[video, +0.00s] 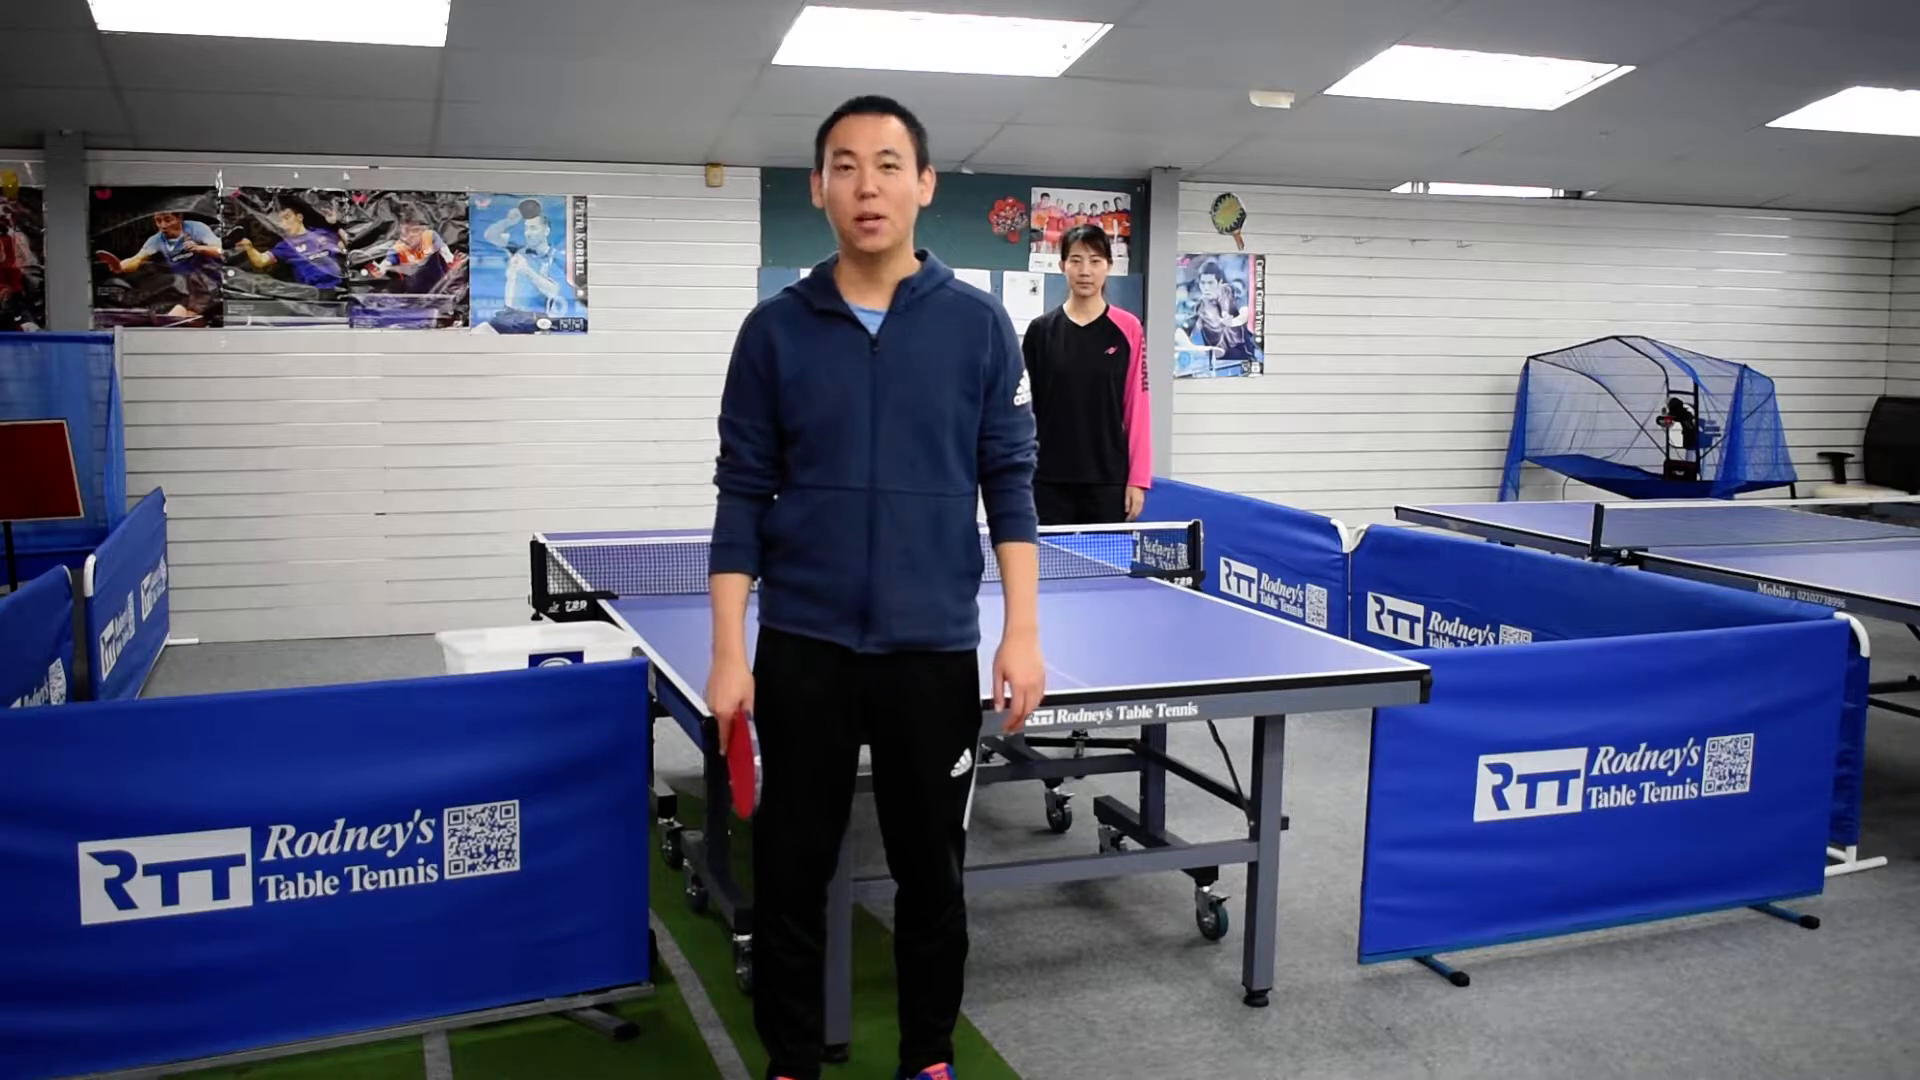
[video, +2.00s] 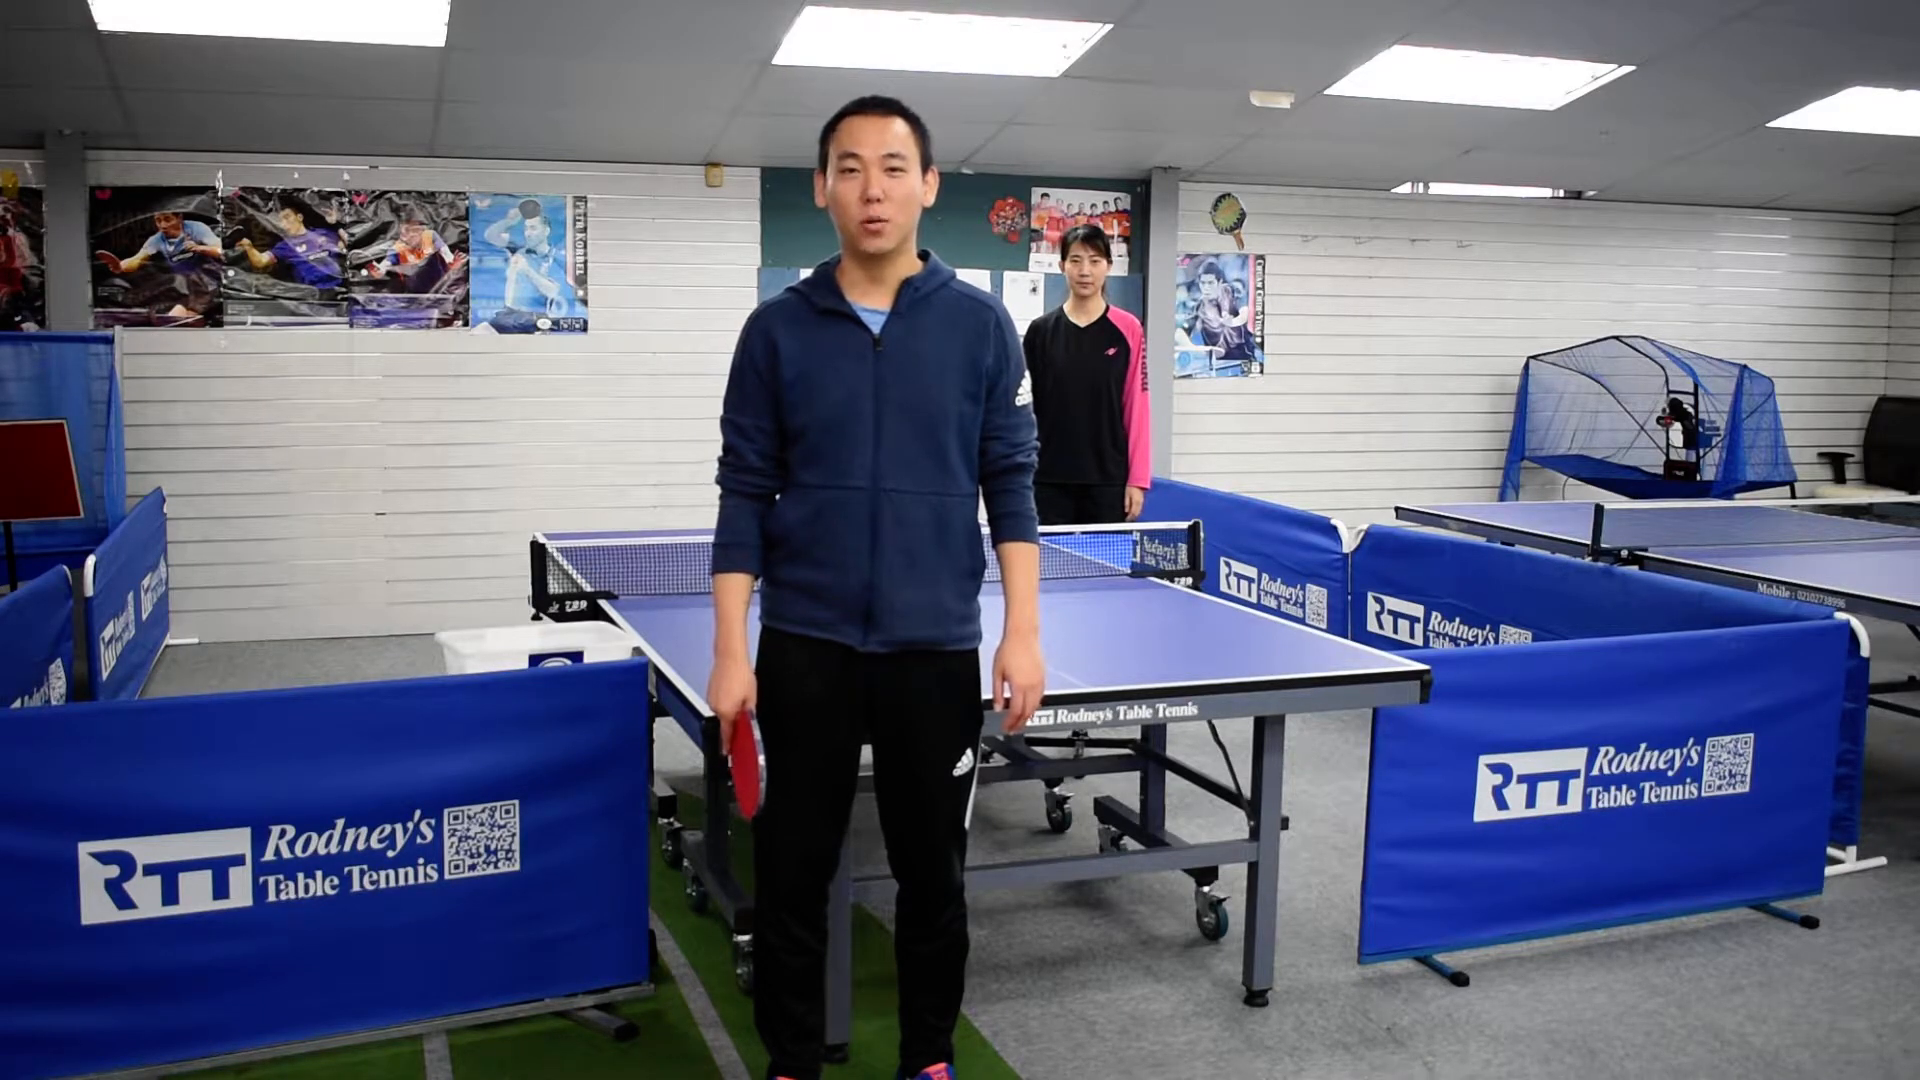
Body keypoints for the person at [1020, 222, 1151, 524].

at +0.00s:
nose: (1085, 271)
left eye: (1095, 262)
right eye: (1076, 261)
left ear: (1108, 267)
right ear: (1063, 266)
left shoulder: (1128, 329)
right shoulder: (1039, 331)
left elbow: (1137, 407)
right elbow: (1023, 405)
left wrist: (1138, 478)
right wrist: (1020, 477)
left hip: (1107, 482)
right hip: (1050, 480)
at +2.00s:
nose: (1085, 271)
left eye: (1095, 262)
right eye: (1075, 261)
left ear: (1108, 267)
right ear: (1063, 266)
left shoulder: (1128, 329)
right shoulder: (1040, 331)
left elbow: (1136, 407)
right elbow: (1023, 405)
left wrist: (1138, 479)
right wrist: (1021, 476)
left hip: (1107, 482)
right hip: (1049, 480)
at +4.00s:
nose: (1086, 271)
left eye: (1096, 262)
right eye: (1076, 261)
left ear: (1109, 268)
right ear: (1064, 267)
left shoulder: (1129, 329)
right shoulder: (1039, 332)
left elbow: (1137, 407)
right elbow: (1026, 407)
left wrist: (1138, 479)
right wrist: (1027, 479)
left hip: (1109, 482)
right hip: (1053, 481)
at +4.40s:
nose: (1086, 271)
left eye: (1096, 262)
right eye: (1076, 261)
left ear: (1109, 268)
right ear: (1064, 267)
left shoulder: (1129, 329)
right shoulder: (1040, 332)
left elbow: (1137, 407)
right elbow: (1024, 406)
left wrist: (1138, 479)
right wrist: (1023, 477)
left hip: (1108, 482)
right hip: (1051, 481)